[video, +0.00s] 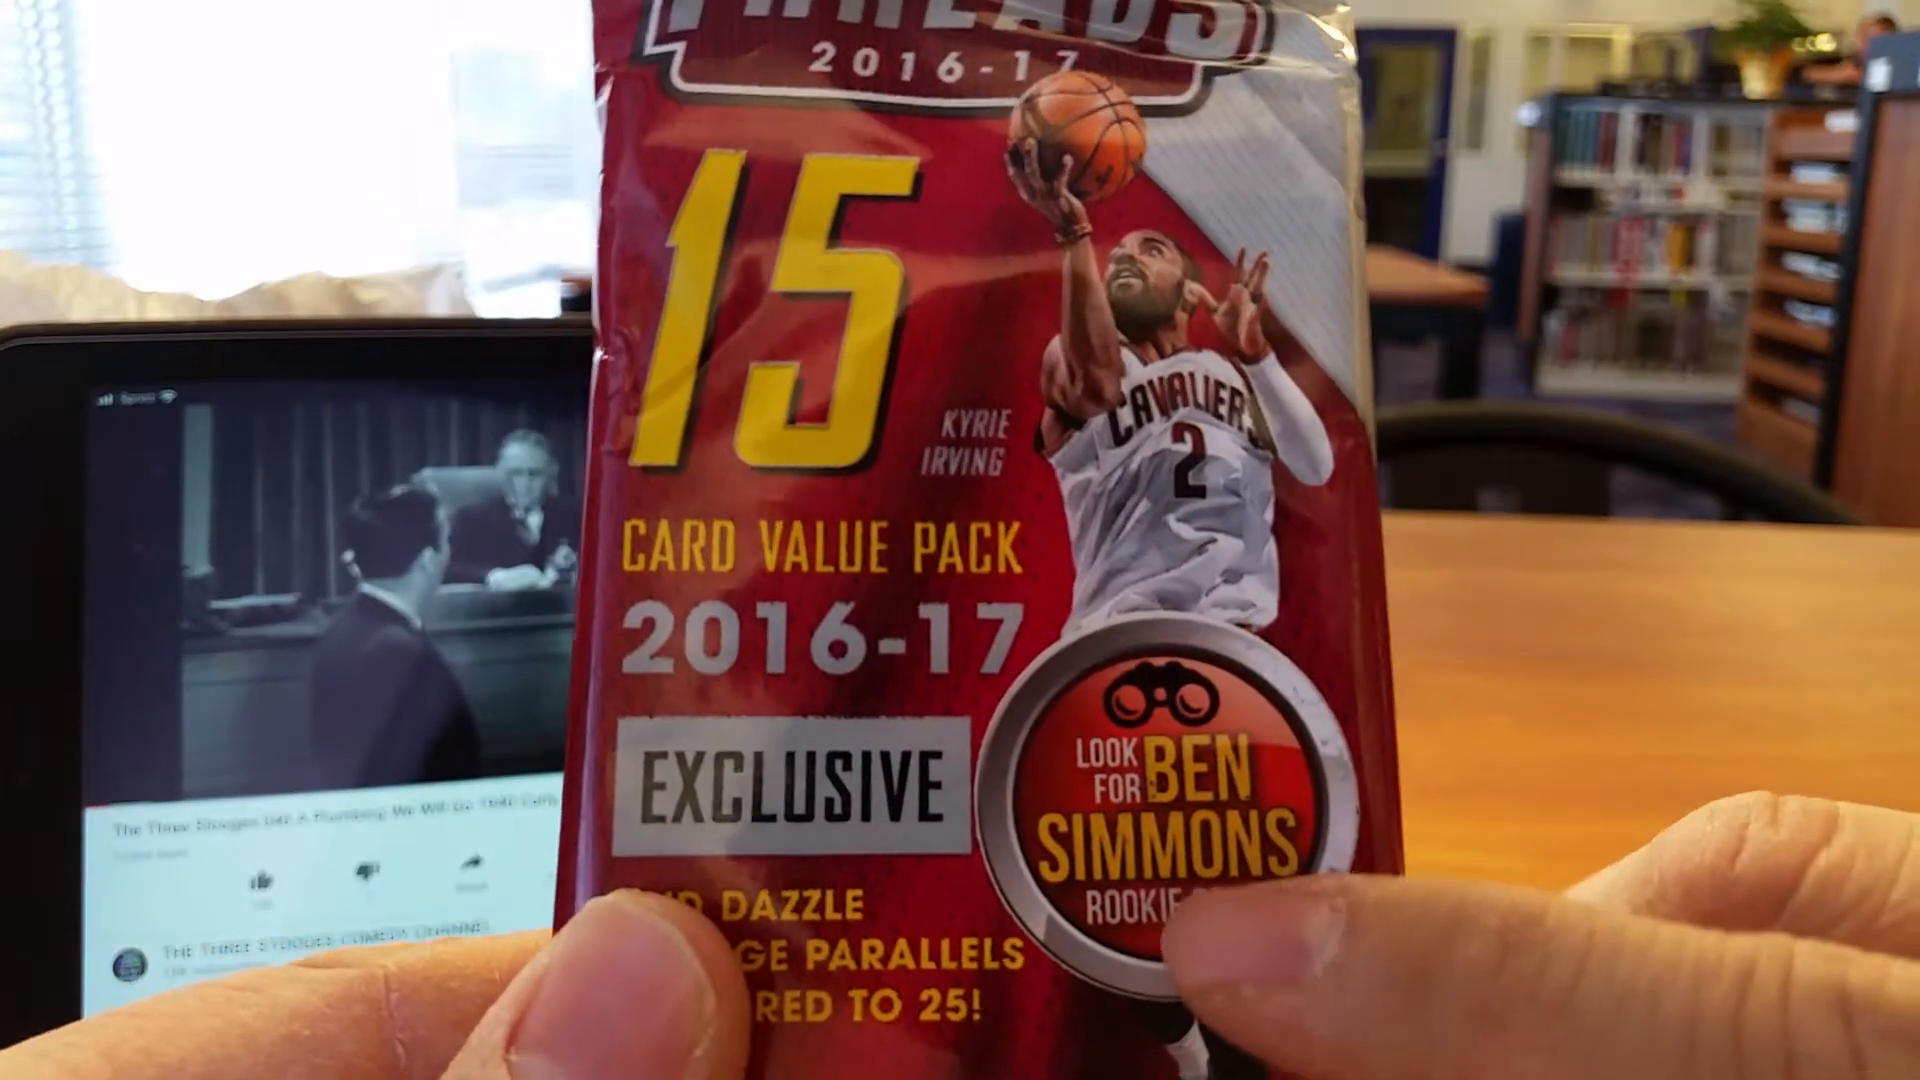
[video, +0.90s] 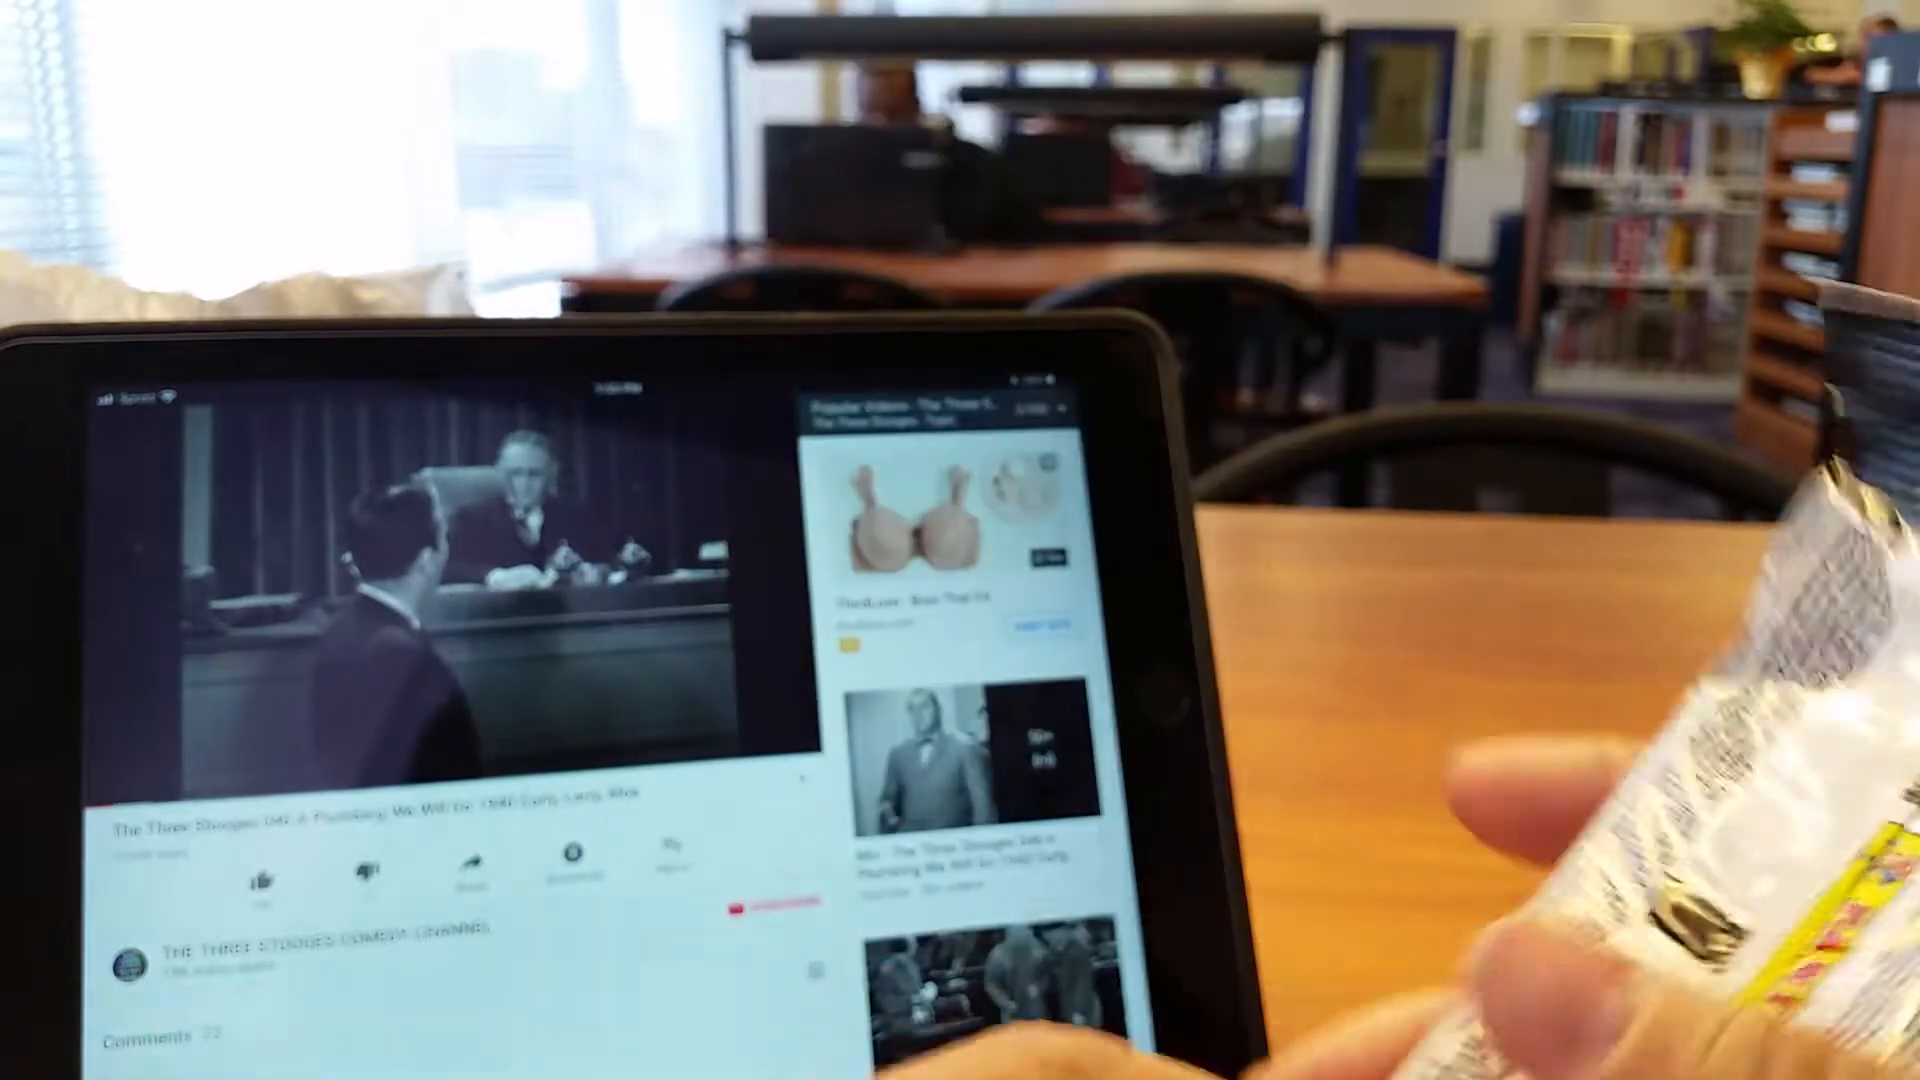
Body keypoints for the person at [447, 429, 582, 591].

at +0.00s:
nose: (524, 484)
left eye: (534, 474)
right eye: (515, 473)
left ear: (551, 472)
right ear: (499, 473)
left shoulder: (573, 517)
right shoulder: (473, 521)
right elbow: (450, 572)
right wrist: (490, 577)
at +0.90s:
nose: (523, 484)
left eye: (533, 474)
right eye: (514, 474)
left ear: (551, 475)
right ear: (500, 475)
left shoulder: (576, 518)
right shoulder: (474, 523)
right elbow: (450, 570)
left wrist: (593, 573)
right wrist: (491, 576)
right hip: (499, 638)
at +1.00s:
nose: (524, 484)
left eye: (534, 475)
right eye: (516, 474)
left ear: (552, 476)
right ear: (503, 474)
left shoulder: (577, 518)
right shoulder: (476, 521)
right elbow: (451, 569)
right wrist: (493, 577)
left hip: (570, 628)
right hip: (501, 633)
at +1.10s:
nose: (528, 484)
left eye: (538, 474)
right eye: (519, 474)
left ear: (556, 473)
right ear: (506, 472)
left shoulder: (579, 515)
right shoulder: (479, 519)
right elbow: (453, 570)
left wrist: (587, 570)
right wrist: (498, 576)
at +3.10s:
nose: (533, 485)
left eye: (543, 475)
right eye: (524, 474)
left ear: (560, 473)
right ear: (511, 470)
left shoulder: (585, 515)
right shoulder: (484, 519)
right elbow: (454, 569)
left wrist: (597, 569)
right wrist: (504, 576)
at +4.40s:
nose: (533, 484)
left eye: (543, 474)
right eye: (525, 474)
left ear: (561, 473)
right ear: (513, 472)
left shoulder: (585, 516)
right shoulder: (493, 520)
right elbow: (465, 568)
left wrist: (592, 571)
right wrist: (506, 576)